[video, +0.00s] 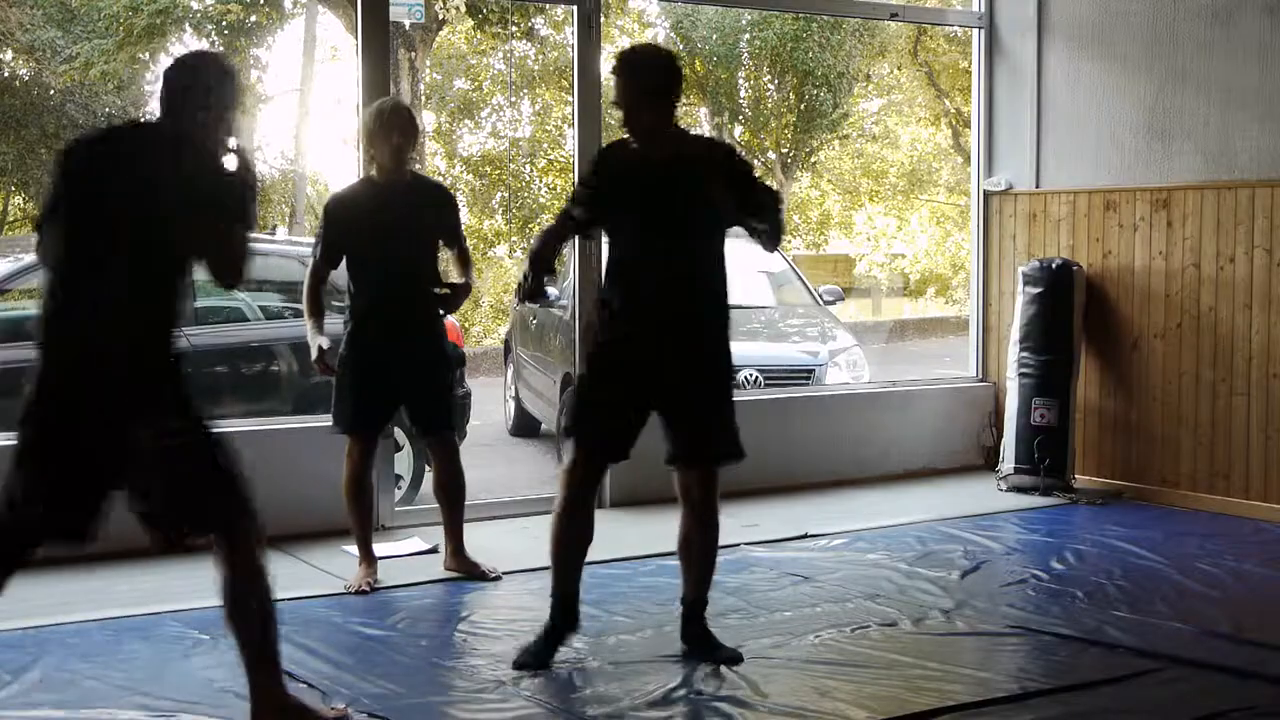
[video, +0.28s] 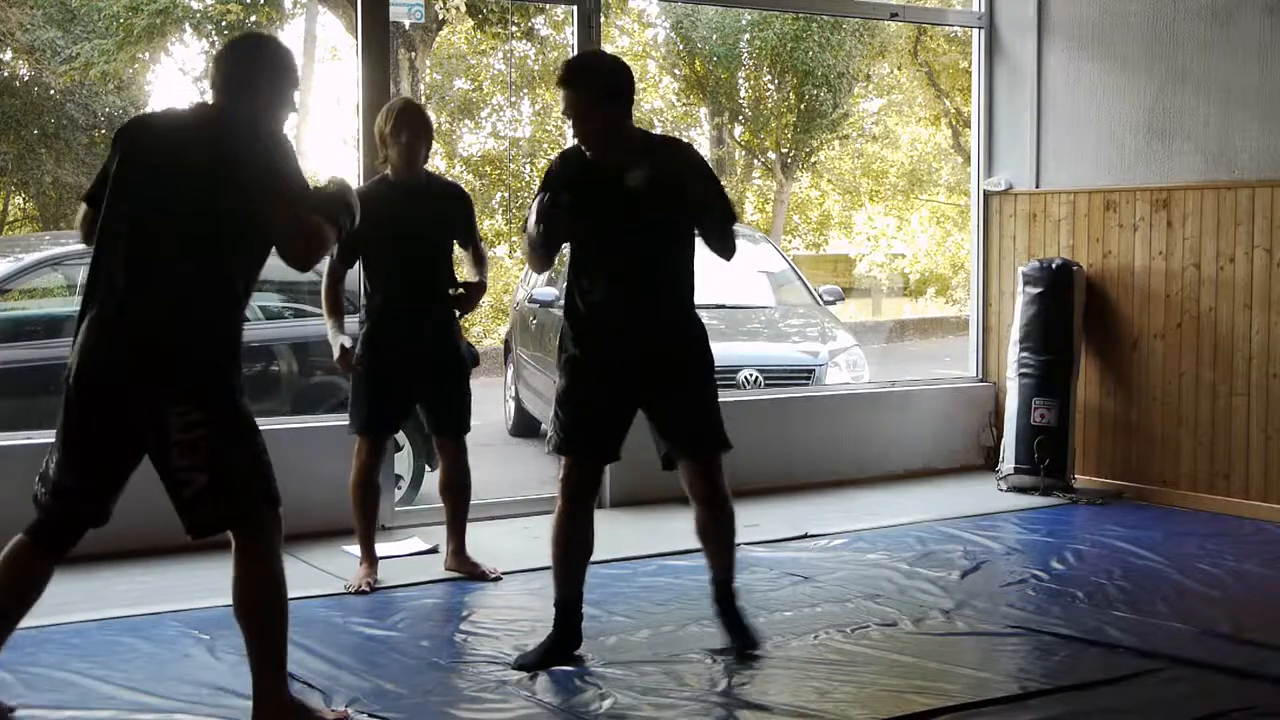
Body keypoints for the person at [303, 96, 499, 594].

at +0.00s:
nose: (402, 144)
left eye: (408, 135)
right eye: (392, 134)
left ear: (417, 138)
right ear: (372, 140)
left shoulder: (436, 196)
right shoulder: (344, 205)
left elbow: (461, 257)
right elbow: (316, 278)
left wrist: (463, 287)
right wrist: (315, 336)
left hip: (424, 337)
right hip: (369, 340)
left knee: (444, 446)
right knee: (360, 449)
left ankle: (455, 552)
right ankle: (365, 561)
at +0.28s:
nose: (419, 140)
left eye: (424, 131)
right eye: (409, 131)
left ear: (431, 136)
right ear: (387, 137)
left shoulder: (451, 196)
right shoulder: (364, 199)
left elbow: (477, 255)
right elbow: (335, 274)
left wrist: (479, 288)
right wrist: (336, 335)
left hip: (439, 336)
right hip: (382, 339)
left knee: (452, 446)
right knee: (370, 450)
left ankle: (456, 552)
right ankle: (367, 561)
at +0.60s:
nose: (429, 140)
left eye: (434, 131)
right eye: (420, 131)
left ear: (443, 136)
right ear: (399, 137)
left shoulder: (462, 197)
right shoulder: (370, 201)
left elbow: (484, 254)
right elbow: (343, 274)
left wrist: (489, 288)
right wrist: (346, 333)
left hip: (448, 335)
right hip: (389, 338)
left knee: (456, 445)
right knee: (375, 446)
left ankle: (457, 552)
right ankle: (367, 560)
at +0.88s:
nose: (433, 140)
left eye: (439, 131)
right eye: (424, 132)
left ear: (448, 137)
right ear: (404, 137)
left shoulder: (467, 198)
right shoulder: (375, 200)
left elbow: (488, 257)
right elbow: (349, 272)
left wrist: (491, 290)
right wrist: (350, 331)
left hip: (451, 334)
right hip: (393, 337)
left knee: (458, 445)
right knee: (376, 447)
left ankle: (457, 552)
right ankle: (367, 561)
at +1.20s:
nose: (427, 140)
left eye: (435, 130)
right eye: (418, 132)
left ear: (448, 137)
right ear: (403, 138)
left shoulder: (468, 198)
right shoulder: (380, 197)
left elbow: (487, 257)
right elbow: (350, 271)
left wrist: (490, 290)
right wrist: (351, 332)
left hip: (452, 336)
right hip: (395, 338)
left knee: (459, 446)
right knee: (377, 447)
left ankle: (457, 552)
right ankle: (367, 561)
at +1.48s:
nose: (428, 140)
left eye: (435, 130)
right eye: (419, 131)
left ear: (448, 137)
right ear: (404, 138)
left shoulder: (468, 198)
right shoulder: (377, 200)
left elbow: (486, 258)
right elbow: (350, 274)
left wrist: (489, 291)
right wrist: (352, 333)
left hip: (453, 336)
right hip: (394, 338)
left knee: (459, 446)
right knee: (377, 448)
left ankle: (457, 552)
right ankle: (368, 561)